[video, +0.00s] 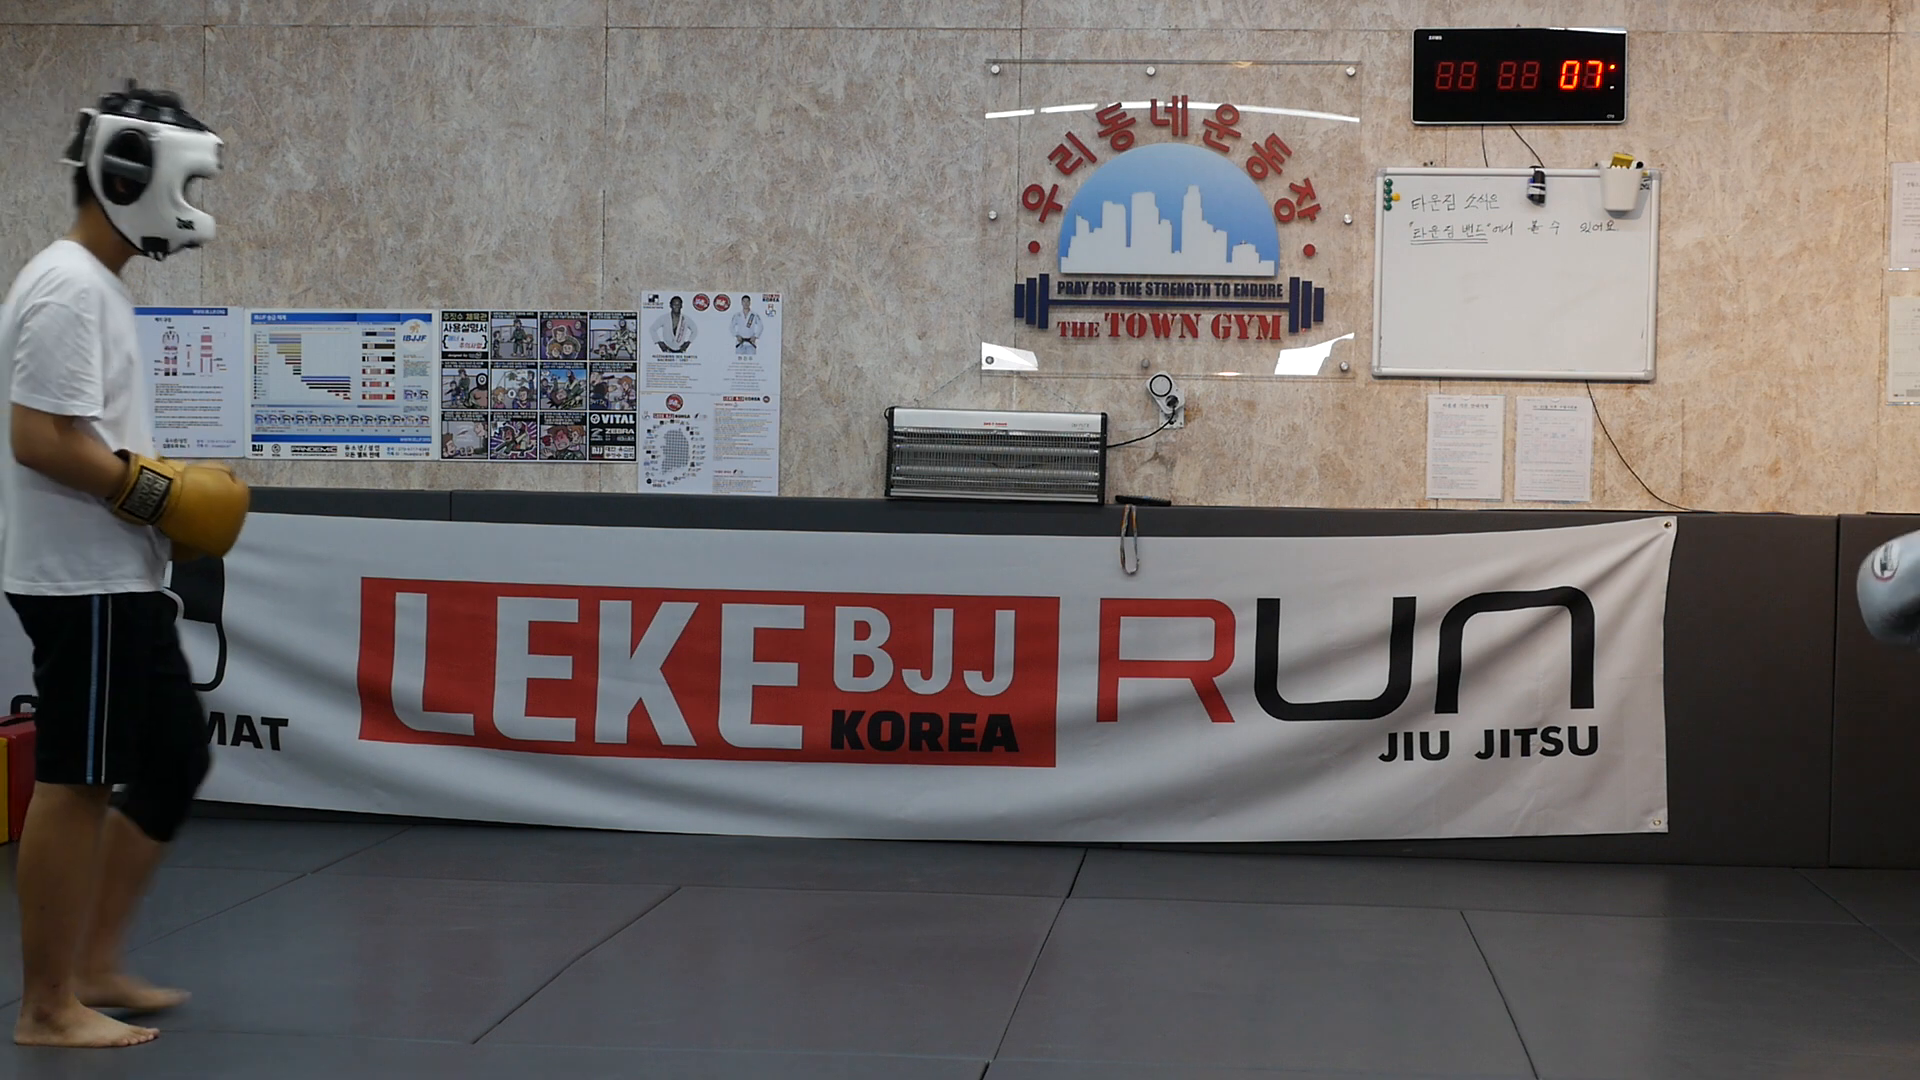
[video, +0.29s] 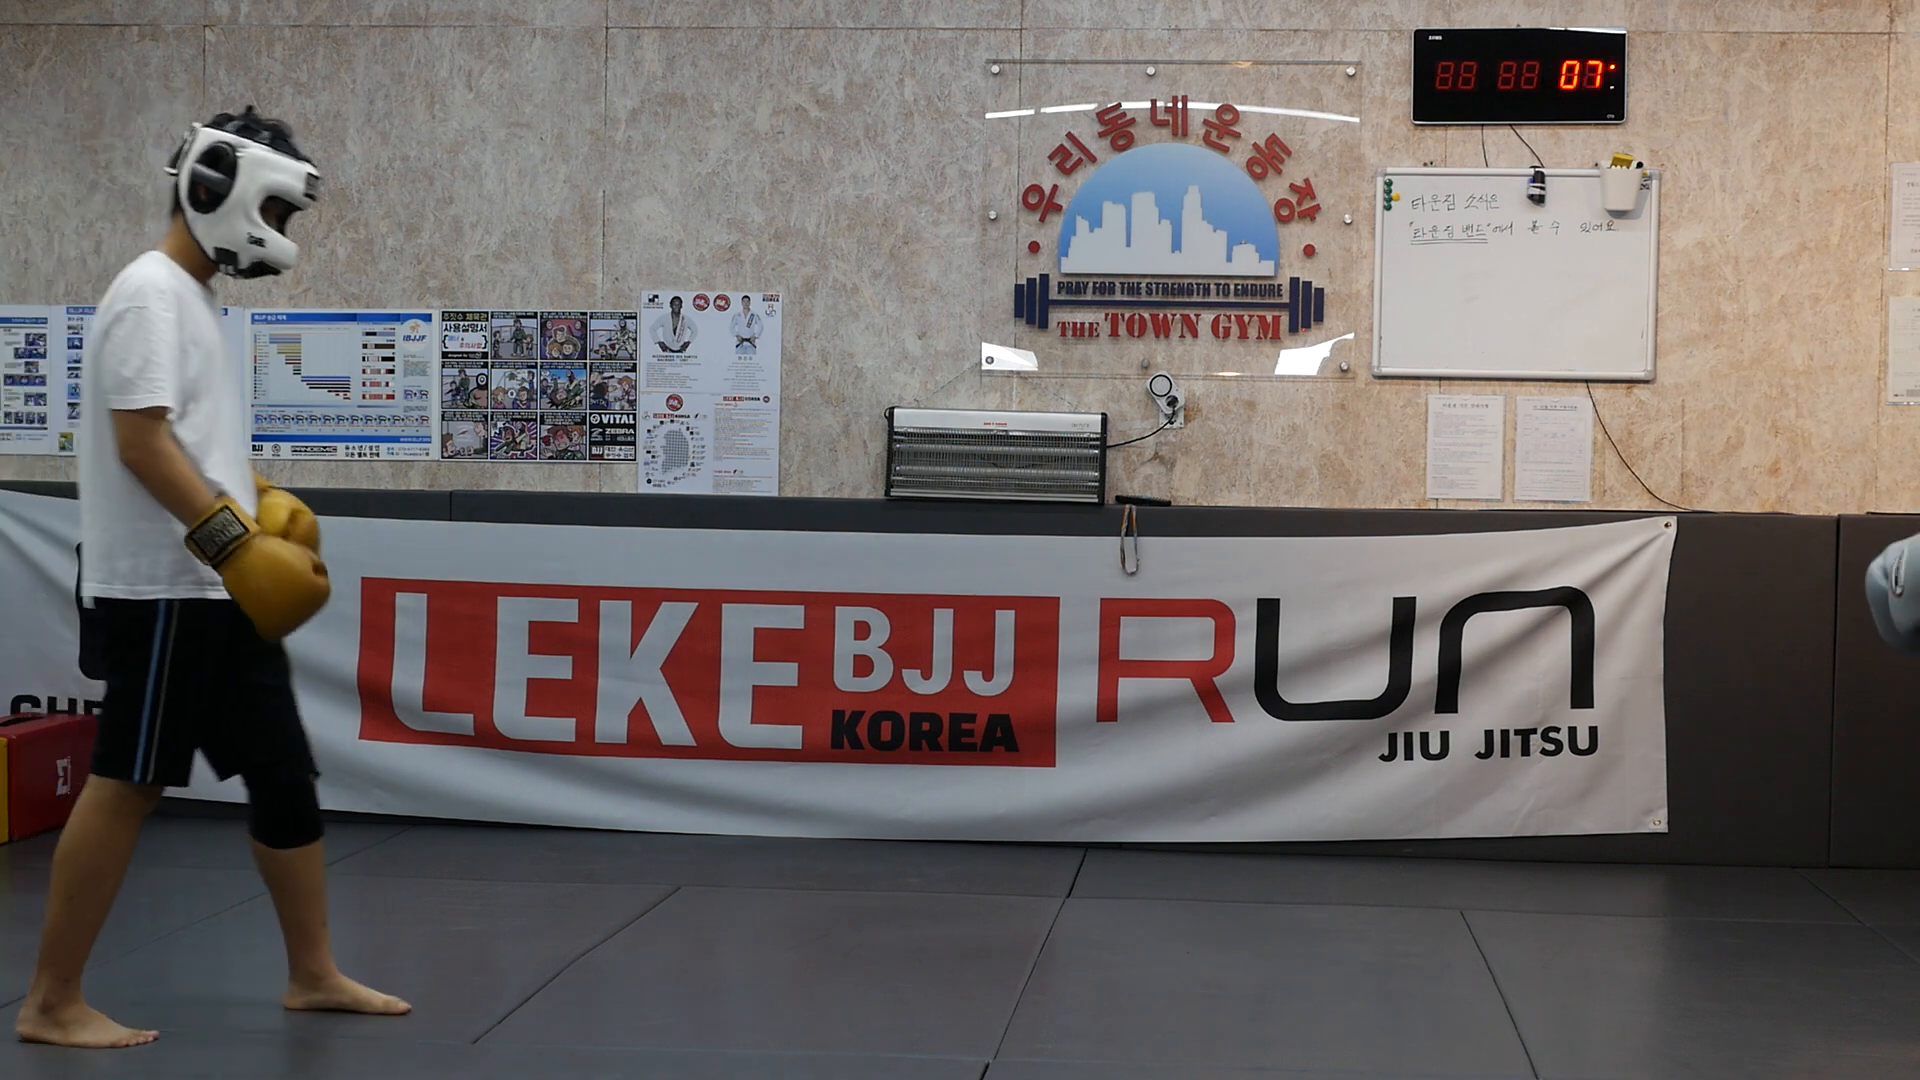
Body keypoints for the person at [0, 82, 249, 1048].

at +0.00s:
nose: (193, 201)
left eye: (196, 180)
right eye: (181, 180)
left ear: (118, 180)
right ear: (127, 178)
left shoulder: (99, 287)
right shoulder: (67, 287)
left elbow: (87, 432)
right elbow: (39, 437)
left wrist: (166, 492)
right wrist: (153, 491)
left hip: (113, 573)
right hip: (74, 576)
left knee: (171, 755)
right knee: (77, 775)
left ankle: (97, 966)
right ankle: (48, 1003)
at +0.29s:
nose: (285, 226)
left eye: (290, 207)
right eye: (277, 205)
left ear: (223, 196)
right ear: (221, 193)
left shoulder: (201, 301)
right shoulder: (152, 295)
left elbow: (200, 440)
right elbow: (142, 442)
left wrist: (267, 502)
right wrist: (233, 541)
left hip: (219, 583)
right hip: (155, 585)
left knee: (284, 775)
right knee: (124, 784)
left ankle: (315, 973)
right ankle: (52, 1002)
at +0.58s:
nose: (374, 221)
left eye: (379, 203)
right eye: (365, 199)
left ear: (317, 194)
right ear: (311, 186)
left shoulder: (297, 293)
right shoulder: (230, 286)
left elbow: (293, 433)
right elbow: (217, 426)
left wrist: (359, 472)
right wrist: (242, 555)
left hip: (324, 570)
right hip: (265, 571)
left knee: (325, 778)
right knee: (272, 778)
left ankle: (317, 973)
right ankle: (111, 952)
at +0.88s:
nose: (408, 222)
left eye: (415, 205)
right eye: (397, 202)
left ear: (392, 202)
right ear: (341, 189)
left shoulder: (371, 294)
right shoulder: (245, 282)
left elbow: (399, 430)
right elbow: (224, 417)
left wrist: (444, 372)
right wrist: (239, 536)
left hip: (363, 566)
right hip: (280, 565)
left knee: (338, 770)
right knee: (292, 768)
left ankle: (316, 973)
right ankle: (232, 977)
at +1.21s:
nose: (378, 209)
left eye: (396, 193)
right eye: (362, 188)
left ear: (406, 199)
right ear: (310, 179)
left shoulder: (393, 300)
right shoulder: (231, 288)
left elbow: (427, 420)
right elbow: (200, 430)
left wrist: (445, 323)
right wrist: (185, 551)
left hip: (371, 582)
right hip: (267, 579)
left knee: (338, 790)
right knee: (249, 788)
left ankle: (317, 976)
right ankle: (224, 1010)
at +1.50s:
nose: (302, 187)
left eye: (319, 171)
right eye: (283, 168)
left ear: (341, 181)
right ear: (239, 170)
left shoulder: (362, 289)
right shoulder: (185, 289)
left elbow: (402, 439)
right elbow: (153, 440)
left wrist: (398, 403)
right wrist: (123, 573)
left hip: (343, 583)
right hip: (228, 580)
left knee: (350, 793)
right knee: (224, 793)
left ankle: (319, 965)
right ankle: (221, 1015)